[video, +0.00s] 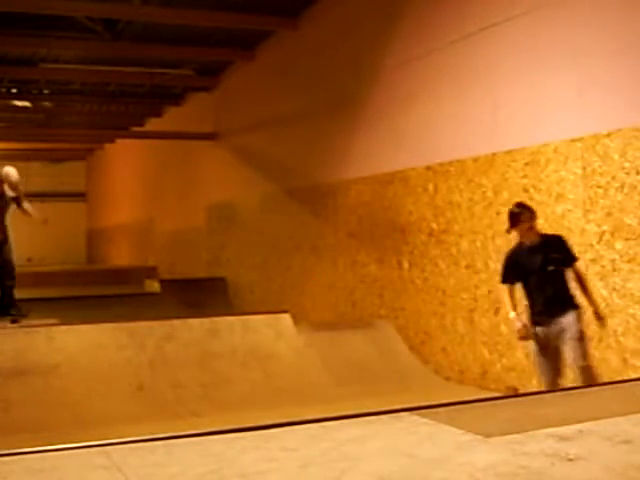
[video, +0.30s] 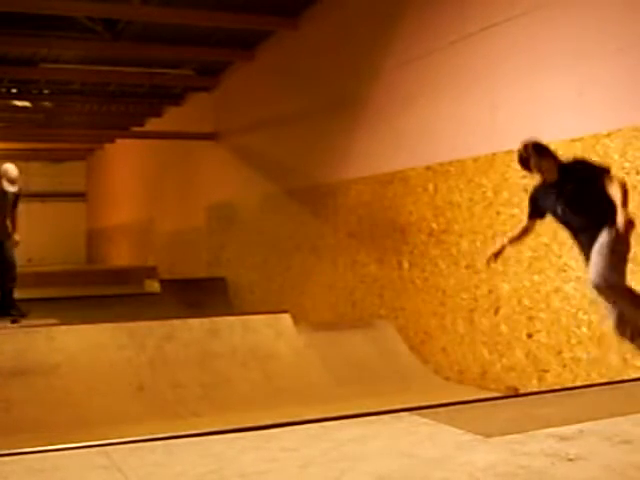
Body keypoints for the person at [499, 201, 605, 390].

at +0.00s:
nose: (520, 229)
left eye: (522, 223)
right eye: (517, 226)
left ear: (532, 221)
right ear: (514, 227)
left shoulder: (555, 243)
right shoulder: (514, 257)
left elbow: (577, 275)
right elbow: (510, 291)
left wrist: (595, 308)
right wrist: (517, 319)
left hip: (567, 314)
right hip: (540, 321)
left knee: (579, 365)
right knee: (548, 378)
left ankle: (593, 405)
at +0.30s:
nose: (542, 169)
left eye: (542, 161)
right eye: (536, 167)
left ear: (549, 156)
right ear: (531, 170)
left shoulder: (578, 168)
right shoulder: (540, 195)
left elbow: (617, 184)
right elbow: (529, 226)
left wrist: (622, 213)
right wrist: (504, 246)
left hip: (610, 227)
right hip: (589, 246)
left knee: (601, 281)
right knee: (622, 321)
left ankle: (636, 314)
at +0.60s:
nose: (519, 147)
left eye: (516, 140)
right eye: (514, 145)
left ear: (524, 127)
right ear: (513, 144)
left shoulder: (565, 129)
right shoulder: (536, 158)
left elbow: (615, 135)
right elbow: (522, 191)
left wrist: (636, 166)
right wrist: (490, 212)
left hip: (619, 200)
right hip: (621, 202)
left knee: (596, 275)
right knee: (618, 284)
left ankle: (618, 348)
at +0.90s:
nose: (490, 140)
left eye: (486, 134)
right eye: (485, 138)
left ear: (492, 119)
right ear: (494, 116)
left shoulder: (527, 118)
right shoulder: (523, 125)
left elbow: (566, 138)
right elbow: (534, 155)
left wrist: (564, 186)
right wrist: (514, 186)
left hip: (592, 191)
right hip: (609, 186)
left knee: (564, 273)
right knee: (597, 274)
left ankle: (582, 353)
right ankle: (638, 340)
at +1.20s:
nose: (457, 147)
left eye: (451, 143)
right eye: (450, 146)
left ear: (453, 127)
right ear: (457, 115)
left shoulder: (488, 121)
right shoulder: (492, 116)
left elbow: (523, 146)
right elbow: (539, 138)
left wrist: (511, 207)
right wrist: (537, 181)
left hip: (568, 181)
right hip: (590, 171)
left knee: (552, 269)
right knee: (592, 265)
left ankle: (577, 351)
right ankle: (635, 332)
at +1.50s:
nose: (436, 167)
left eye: (431, 163)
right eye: (430, 166)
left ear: (432, 148)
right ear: (434, 137)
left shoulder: (459, 145)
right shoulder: (469, 127)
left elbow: (488, 190)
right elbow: (525, 125)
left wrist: (476, 243)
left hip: (549, 178)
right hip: (566, 166)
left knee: (542, 267)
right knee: (555, 244)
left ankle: (577, 349)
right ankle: (617, 289)